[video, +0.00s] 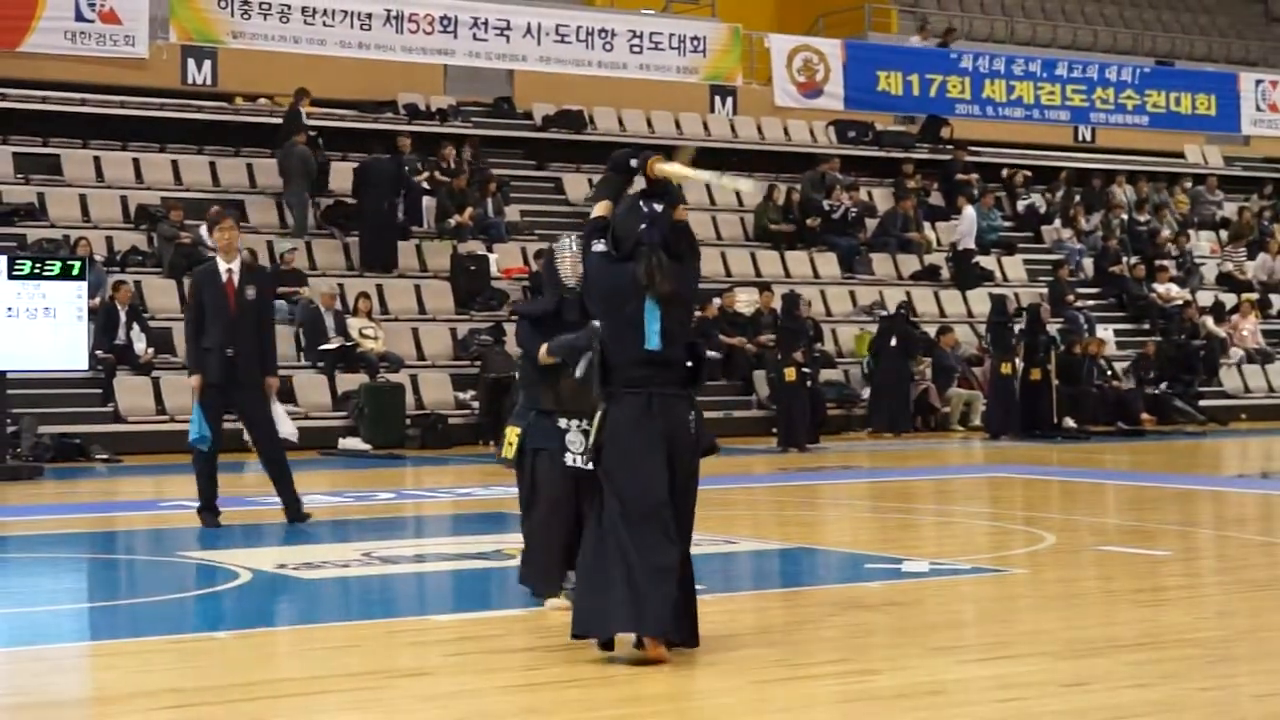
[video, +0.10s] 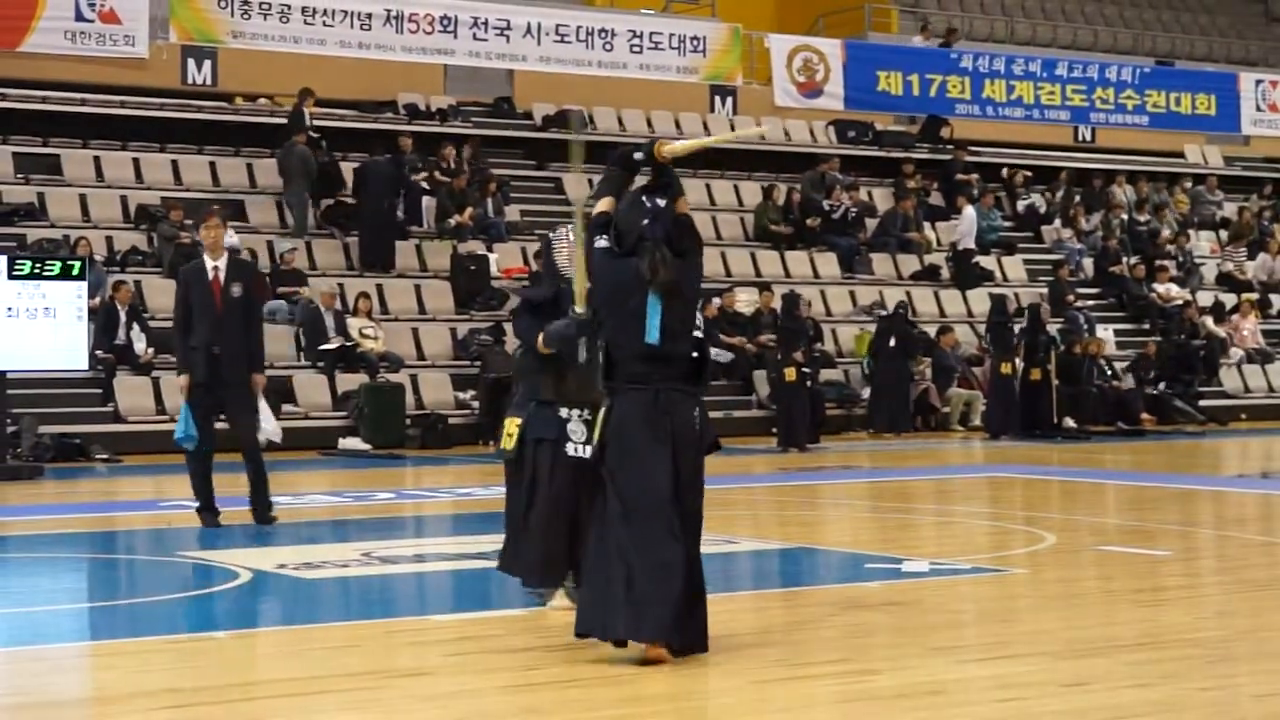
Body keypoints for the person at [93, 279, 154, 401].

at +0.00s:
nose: (129, 295)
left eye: (130, 291)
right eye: (125, 291)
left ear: (131, 293)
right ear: (115, 294)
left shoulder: (133, 309)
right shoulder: (106, 308)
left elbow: (146, 329)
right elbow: (99, 330)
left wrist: (150, 350)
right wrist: (99, 351)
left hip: (125, 347)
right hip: (108, 348)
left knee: (145, 366)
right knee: (110, 363)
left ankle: (141, 401)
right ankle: (109, 399)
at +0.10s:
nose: (130, 295)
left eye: (130, 292)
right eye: (127, 291)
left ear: (131, 293)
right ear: (116, 294)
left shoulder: (133, 308)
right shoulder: (106, 308)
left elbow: (146, 329)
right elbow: (99, 330)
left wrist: (150, 351)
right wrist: (99, 351)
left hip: (125, 347)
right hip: (108, 348)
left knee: (145, 366)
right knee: (110, 363)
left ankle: (139, 401)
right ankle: (109, 400)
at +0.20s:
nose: (130, 295)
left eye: (131, 292)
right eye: (127, 291)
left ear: (131, 294)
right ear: (116, 294)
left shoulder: (133, 309)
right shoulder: (106, 308)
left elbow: (147, 329)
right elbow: (100, 329)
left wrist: (150, 350)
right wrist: (99, 350)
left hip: (126, 347)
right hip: (109, 348)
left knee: (146, 366)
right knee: (110, 363)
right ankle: (110, 399)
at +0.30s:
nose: (131, 295)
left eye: (131, 292)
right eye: (127, 291)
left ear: (132, 293)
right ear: (117, 294)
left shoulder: (134, 309)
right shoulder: (107, 308)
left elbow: (148, 329)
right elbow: (100, 330)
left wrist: (151, 350)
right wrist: (100, 350)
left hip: (127, 347)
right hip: (109, 348)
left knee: (146, 365)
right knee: (111, 363)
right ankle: (110, 398)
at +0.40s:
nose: (132, 294)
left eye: (132, 291)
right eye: (129, 291)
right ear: (118, 294)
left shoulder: (135, 309)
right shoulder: (108, 308)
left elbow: (147, 328)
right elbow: (101, 329)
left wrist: (151, 347)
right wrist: (100, 349)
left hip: (127, 347)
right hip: (109, 347)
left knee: (144, 365)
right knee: (111, 364)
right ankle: (111, 399)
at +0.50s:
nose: (133, 295)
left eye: (133, 291)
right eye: (129, 292)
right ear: (119, 294)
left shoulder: (136, 309)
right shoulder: (108, 307)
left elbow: (141, 330)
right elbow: (102, 329)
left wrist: (143, 349)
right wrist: (101, 349)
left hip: (129, 346)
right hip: (112, 347)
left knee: (142, 365)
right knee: (112, 364)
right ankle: (110, 399)